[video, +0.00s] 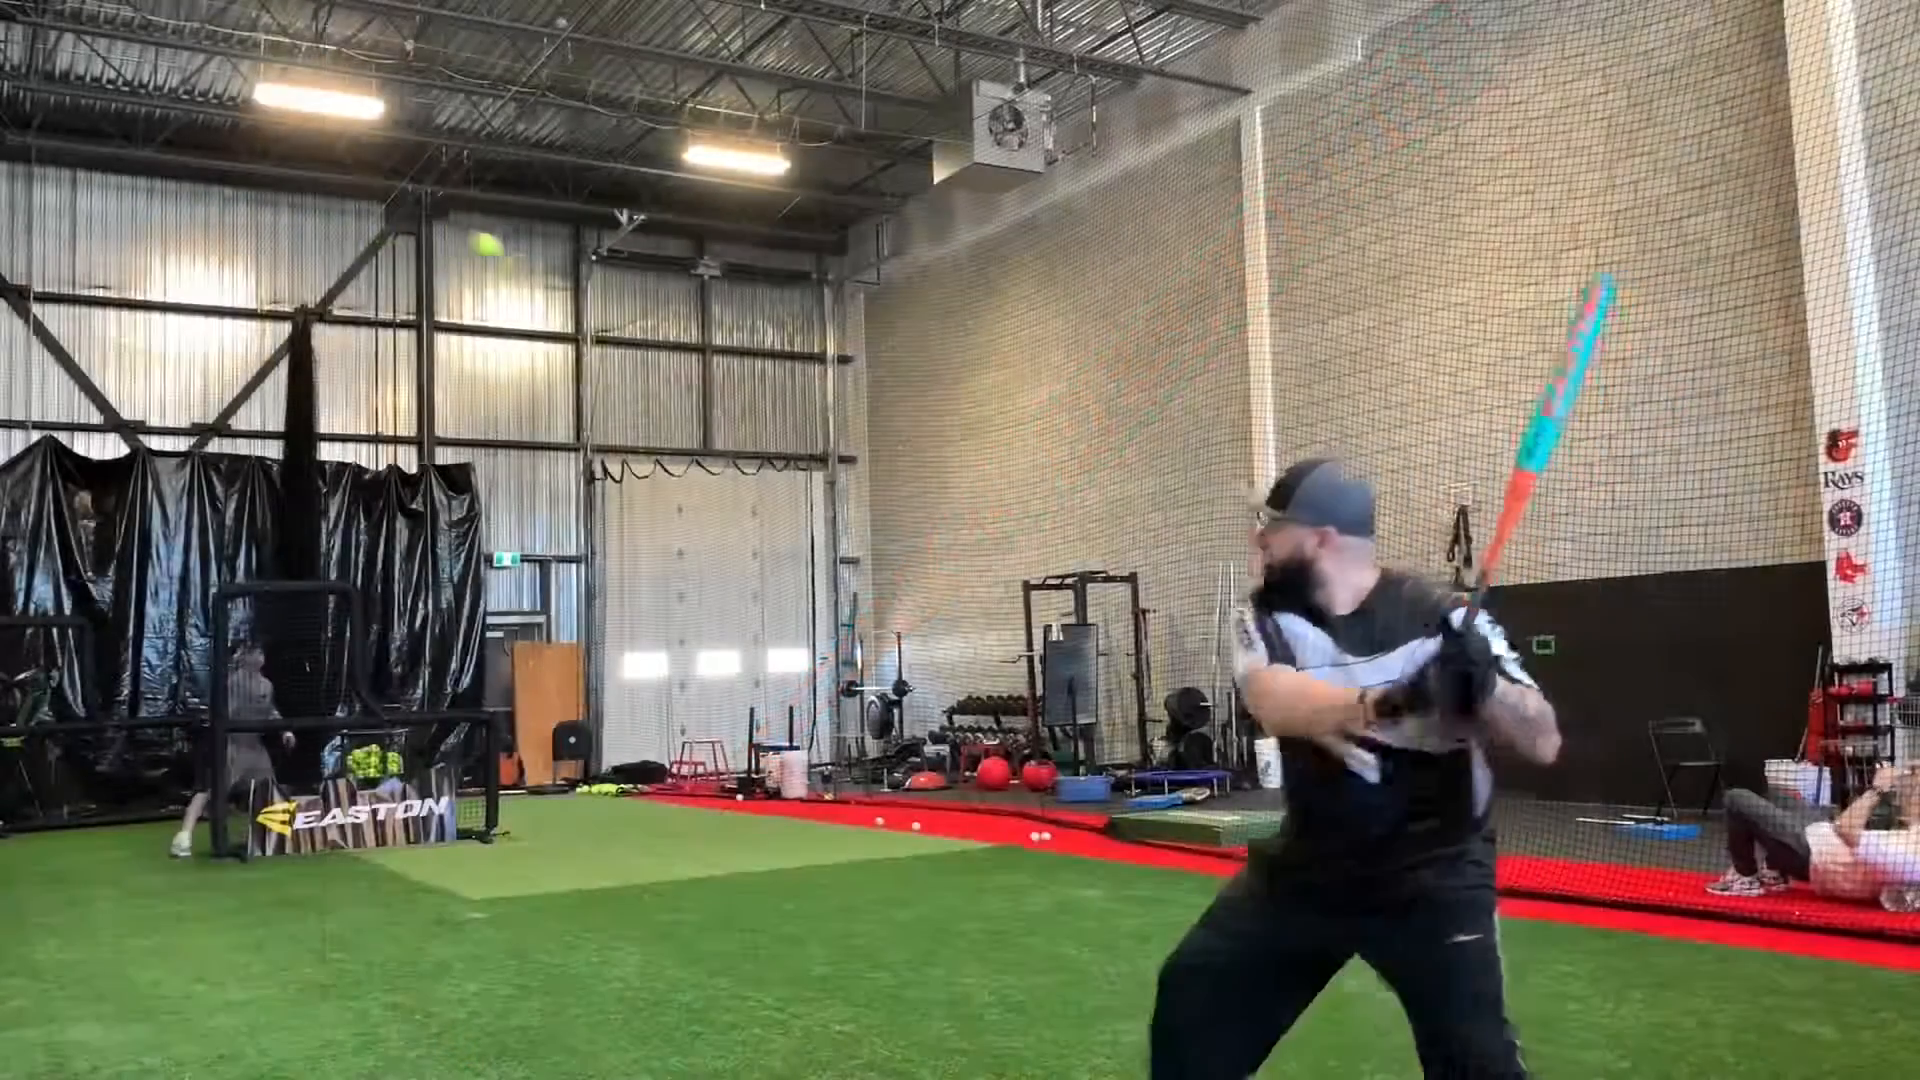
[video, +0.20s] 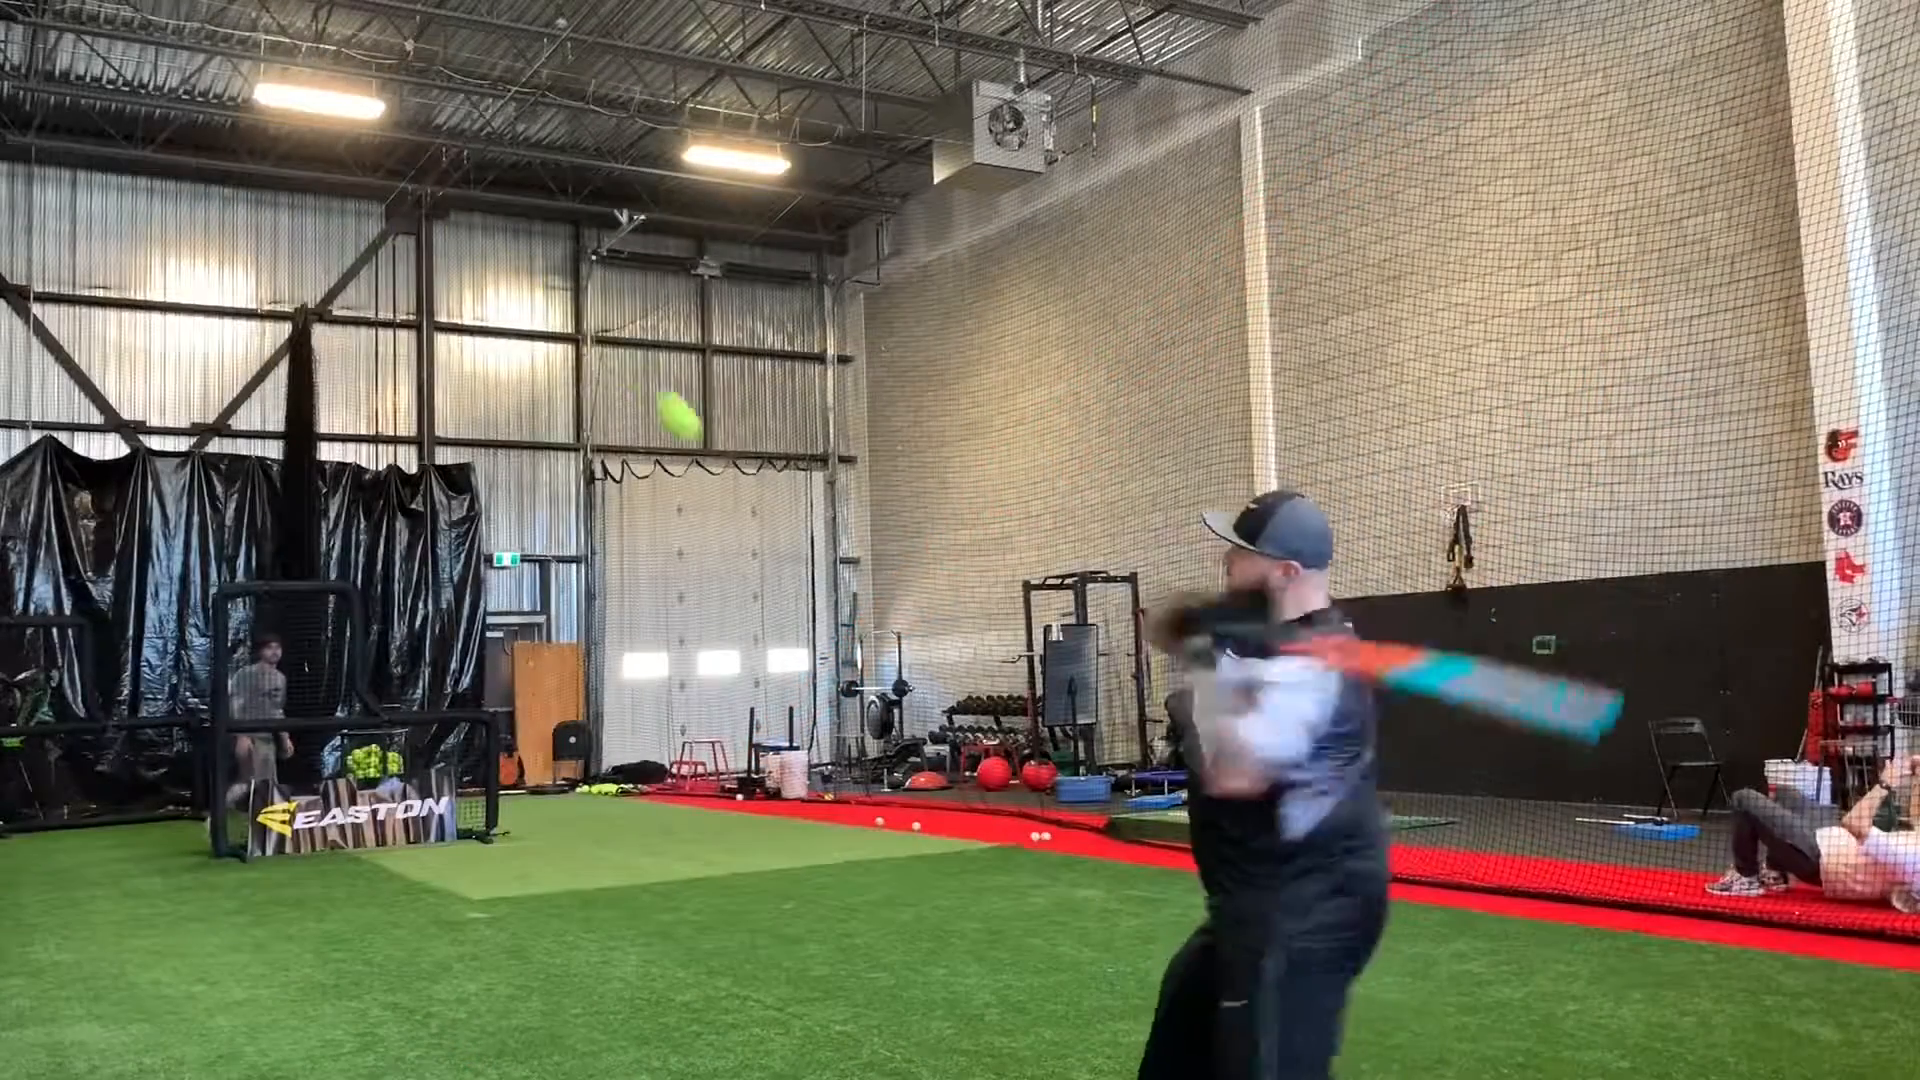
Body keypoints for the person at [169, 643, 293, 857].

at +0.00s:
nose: (262, 659)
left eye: (262, 654)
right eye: (258, 654)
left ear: (258, 658)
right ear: (245, 657)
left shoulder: (265, 685)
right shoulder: (229, 681)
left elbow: (269, 711)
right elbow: (217, 710)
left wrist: (284, 729)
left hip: (252, 743)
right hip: (230, 742)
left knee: (268, 788)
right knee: (206, 790)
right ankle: (184, 836)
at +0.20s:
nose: (275, 652)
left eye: (278, 648)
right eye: (270, 648)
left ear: (281, 652)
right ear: (260, 651)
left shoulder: (280, 678)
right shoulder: (244, 674)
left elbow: (277, 710)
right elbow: (237, 706)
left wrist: (284, 736)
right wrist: (241, 735)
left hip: (268, 735)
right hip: (247, 732)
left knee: (268, 780)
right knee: (249, 780)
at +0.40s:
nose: (282, 651)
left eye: (285, 647)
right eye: (278, 647)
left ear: (288, 650)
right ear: (268, 651)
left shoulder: (286, 676)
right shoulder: (257, 673)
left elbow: (282, 706)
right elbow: (249, 705)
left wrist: (281, 732)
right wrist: (256, 734)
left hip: (279, 733)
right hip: (261, 732)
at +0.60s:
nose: (283, 656)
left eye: (286, 652)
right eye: (280, 652)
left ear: (288, 654)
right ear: (270, 652)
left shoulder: (282, 674)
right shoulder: (262, 672)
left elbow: (288, 705)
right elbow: (260, 705)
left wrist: (293, 728)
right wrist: (278, 729)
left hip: (282, 734)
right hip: (266, 733)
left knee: (289, 777)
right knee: (272, 778)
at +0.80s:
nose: (292, 659)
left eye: (293, 655)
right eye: (289, 654)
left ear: (278, 653)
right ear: (277, 652)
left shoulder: (279, 673)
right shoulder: (269, 674)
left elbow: (283, 700)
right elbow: (278, 707)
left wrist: (302, 701)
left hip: (284, 730)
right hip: (272, 733)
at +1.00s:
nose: (308, 662)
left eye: (309, 658)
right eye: (306, 657)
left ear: (295, 653)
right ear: (296, 653)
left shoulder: (291, 671)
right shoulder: (283, 674)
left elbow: (297, 698)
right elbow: (298, 706)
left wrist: (317, 700)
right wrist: (334, 714)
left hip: (288, 733)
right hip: (278, 736)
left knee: (298, 780)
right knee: (289, 782)